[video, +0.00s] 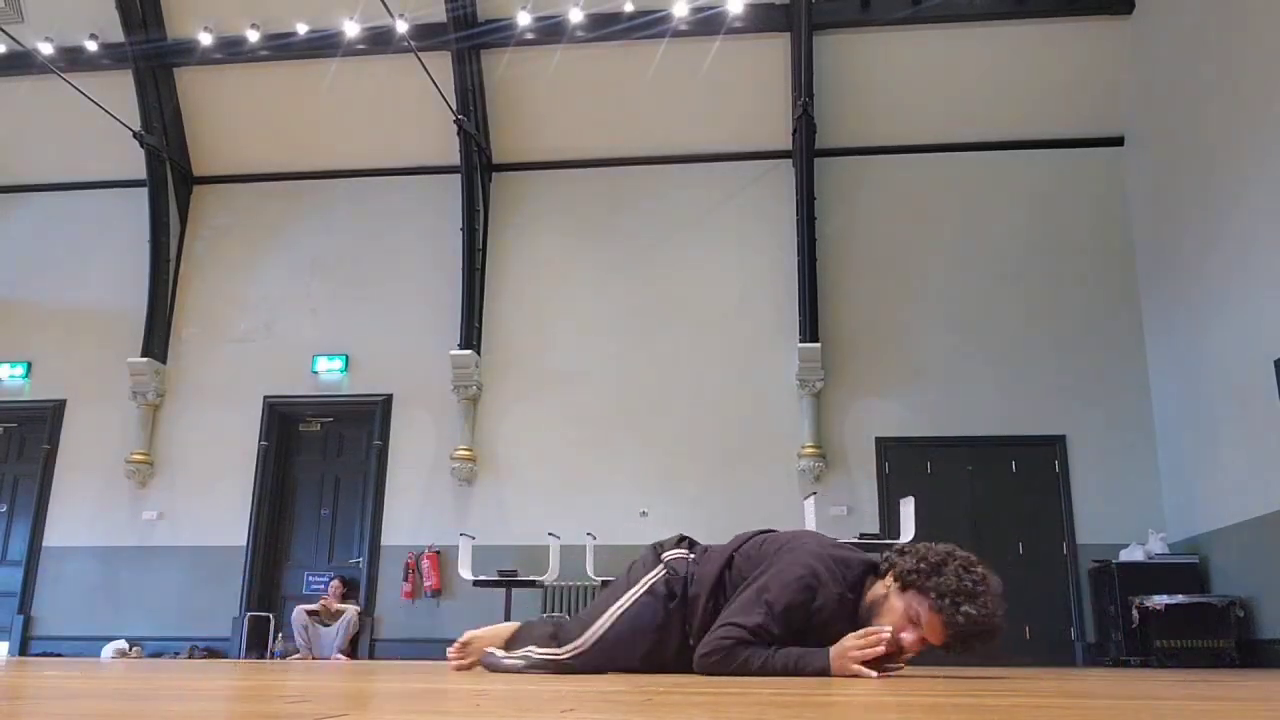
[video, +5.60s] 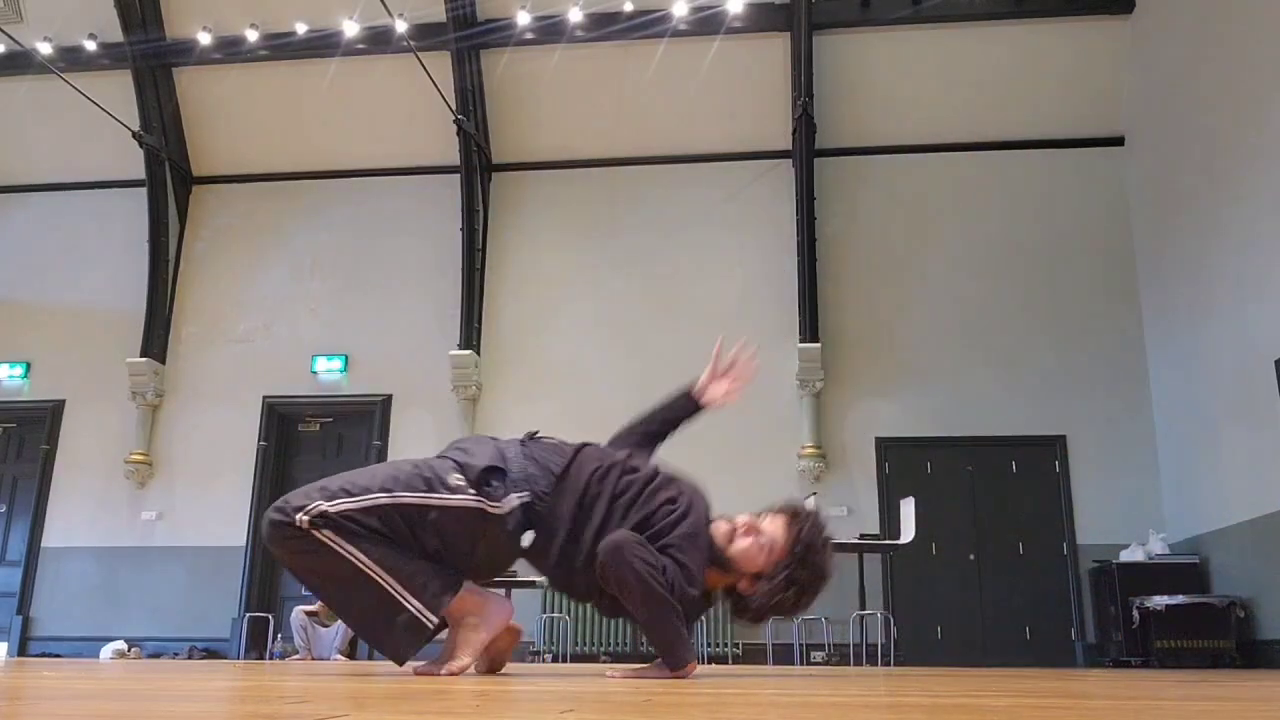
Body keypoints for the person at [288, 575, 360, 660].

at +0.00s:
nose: (333, 590)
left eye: (337, 588)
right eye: (331, 587)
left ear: (344, 590)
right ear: (328, 589)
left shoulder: (349, 604)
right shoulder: (322, 604)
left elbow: (358, 609)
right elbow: (298, 608)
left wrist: (336, 607)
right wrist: (318, 607)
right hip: (316, 634)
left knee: (352, 614)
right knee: (297, 612)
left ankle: (337, 653)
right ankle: (304, 653)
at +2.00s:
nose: (333, 591)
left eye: (337, 588)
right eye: (331, 587)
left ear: (343, 590)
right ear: (328, 589)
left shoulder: (349, 603)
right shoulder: (323, 603)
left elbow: (357, 610)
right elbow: (297, 608)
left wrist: (335, 607)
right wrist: (317, 607)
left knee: (352, 613)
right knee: (297, 612)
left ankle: (336, 653)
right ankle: (304, 652)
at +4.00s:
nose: (333, 591)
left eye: (337, 588)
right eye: (331, 588)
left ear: (343, 590)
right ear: (328, 589)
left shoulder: (349, 602)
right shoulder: (323, 602)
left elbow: (357, 610)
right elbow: (297, 608)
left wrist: (333, 606)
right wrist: (315, 607)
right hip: (316, 636)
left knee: (352, 614)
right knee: (297, 612)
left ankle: (336, 653)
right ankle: (304, 653)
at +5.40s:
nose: (333, 591)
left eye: (337, 589)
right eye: (331, 588)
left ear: (343, 591)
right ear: (327, 590)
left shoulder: (348, 604)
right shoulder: (322, 604)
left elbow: (357, 610)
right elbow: (297, 609)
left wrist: (334, 606)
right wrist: (316, 608)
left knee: (352, 614)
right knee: (296, 612)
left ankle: (336, 653)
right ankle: (304, 653)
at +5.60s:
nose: (321, 607)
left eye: (324, 606)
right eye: (321, 606)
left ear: (333, 609)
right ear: (318, 607)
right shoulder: (308, 623)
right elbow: (297, 610)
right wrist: (314, 608)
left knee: (349, 619)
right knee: (297, 612)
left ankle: (336, 654)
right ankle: (304, 653)